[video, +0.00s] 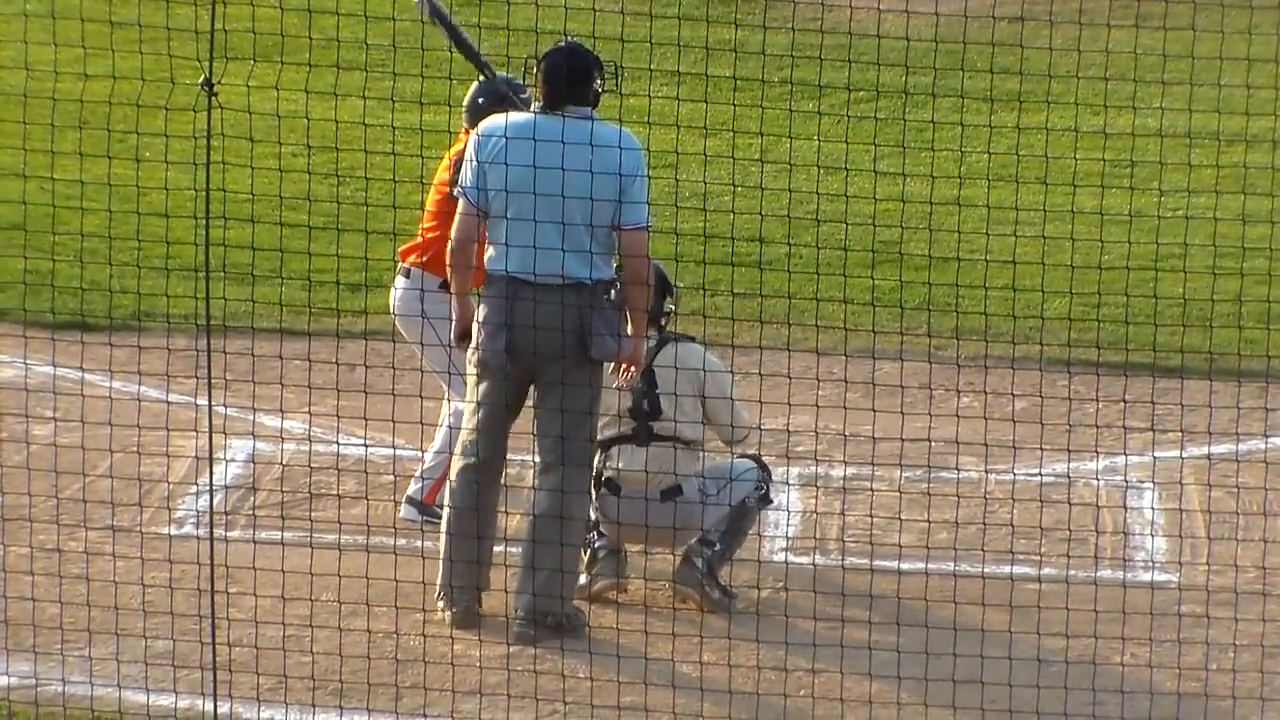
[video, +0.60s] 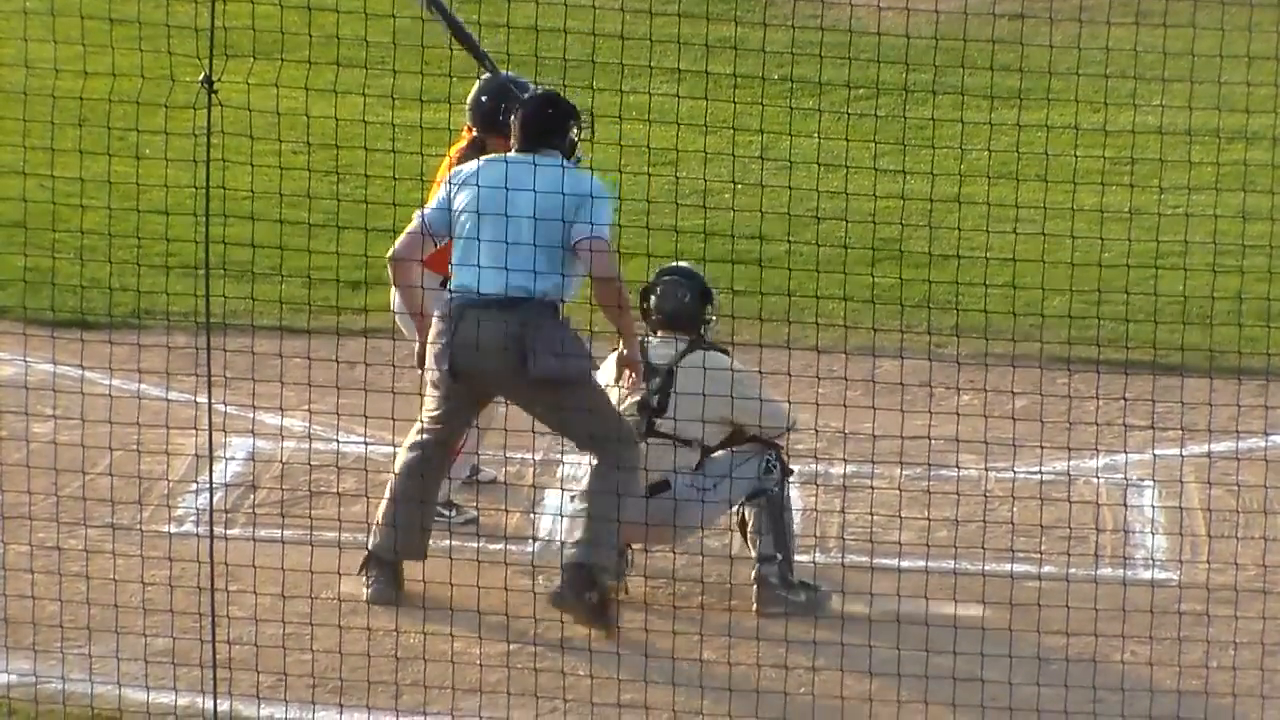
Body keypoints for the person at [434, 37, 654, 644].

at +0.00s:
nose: (594, 96)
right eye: (598, 88)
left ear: (539, 87)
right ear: (595, 91)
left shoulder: (493, 135)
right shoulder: (623, 147)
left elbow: (462, 240)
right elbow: (634, 252)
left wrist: (462, 307)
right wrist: (637, 331)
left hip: (506, 309)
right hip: (581, 315)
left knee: (479, 447)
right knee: (565, 460)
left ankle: (459, 594)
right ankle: (544, 606)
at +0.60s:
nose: (579, 147)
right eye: (576, 140)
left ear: (515, 136)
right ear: (569, 142)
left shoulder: (469, 177)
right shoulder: (584, 186)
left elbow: (404, 256)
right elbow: (600, 270)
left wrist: (429, 333)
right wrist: (630, 340)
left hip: (460, 332)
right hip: (535, 337)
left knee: (431, 437)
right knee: (617, 446)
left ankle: (383, 565)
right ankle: (586, 574)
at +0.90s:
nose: (598, 209)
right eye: (595, 202)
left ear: (538, 197)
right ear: (590, 204)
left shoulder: (490, 237)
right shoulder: (603, 247)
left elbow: (405, 297)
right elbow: (625, 320)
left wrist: (435, 366)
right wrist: (645, 397)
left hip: (467, 389)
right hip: (547, 393)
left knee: (441, 450)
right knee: (652, 473)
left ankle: (383, 561)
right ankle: (648, 605)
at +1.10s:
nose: (607, 250)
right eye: (606, 244)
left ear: (548, 241)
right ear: (601, 249)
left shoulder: (501, 274)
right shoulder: (611, 287)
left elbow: (412, 313)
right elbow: (628, 350)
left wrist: (444, 386)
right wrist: (641, 420)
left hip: (469, 420)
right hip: (548, 426)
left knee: (439, 460)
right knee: (662, 479)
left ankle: (383, 567)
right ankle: (649, 610)